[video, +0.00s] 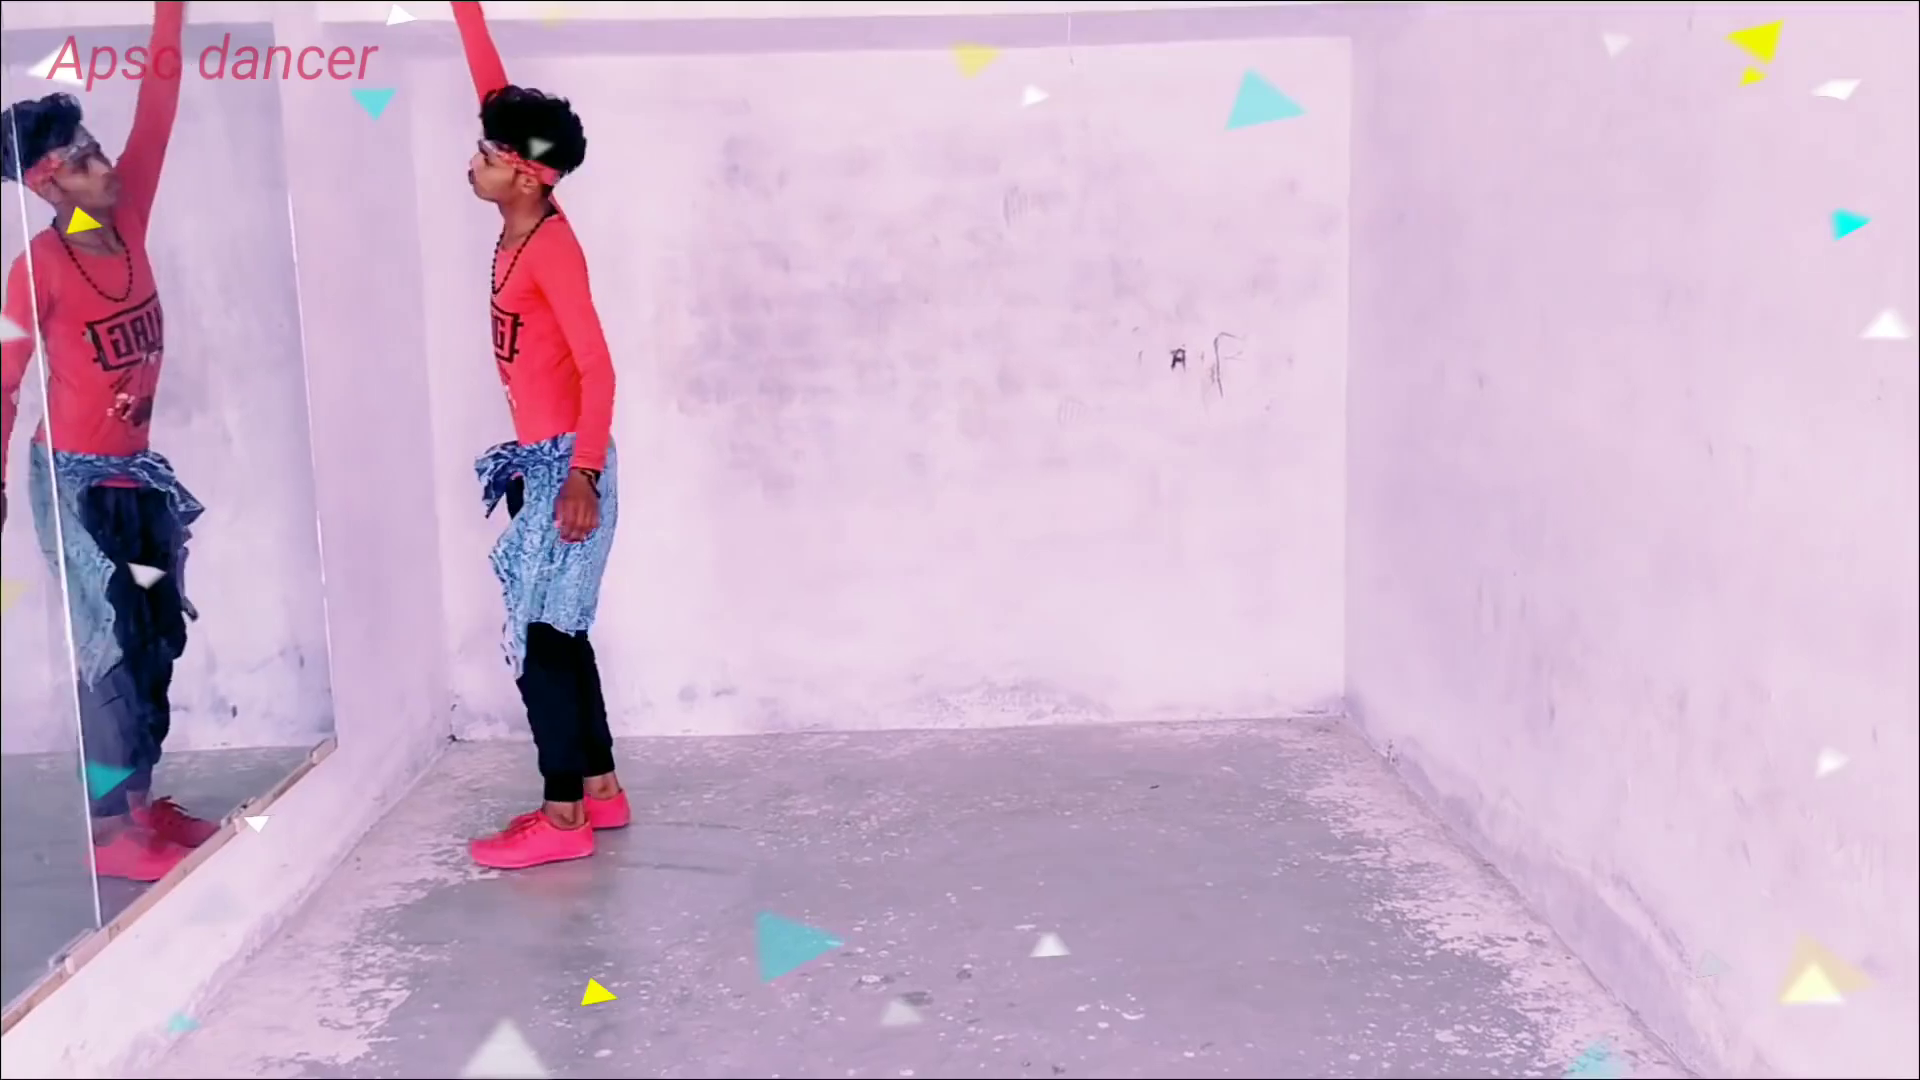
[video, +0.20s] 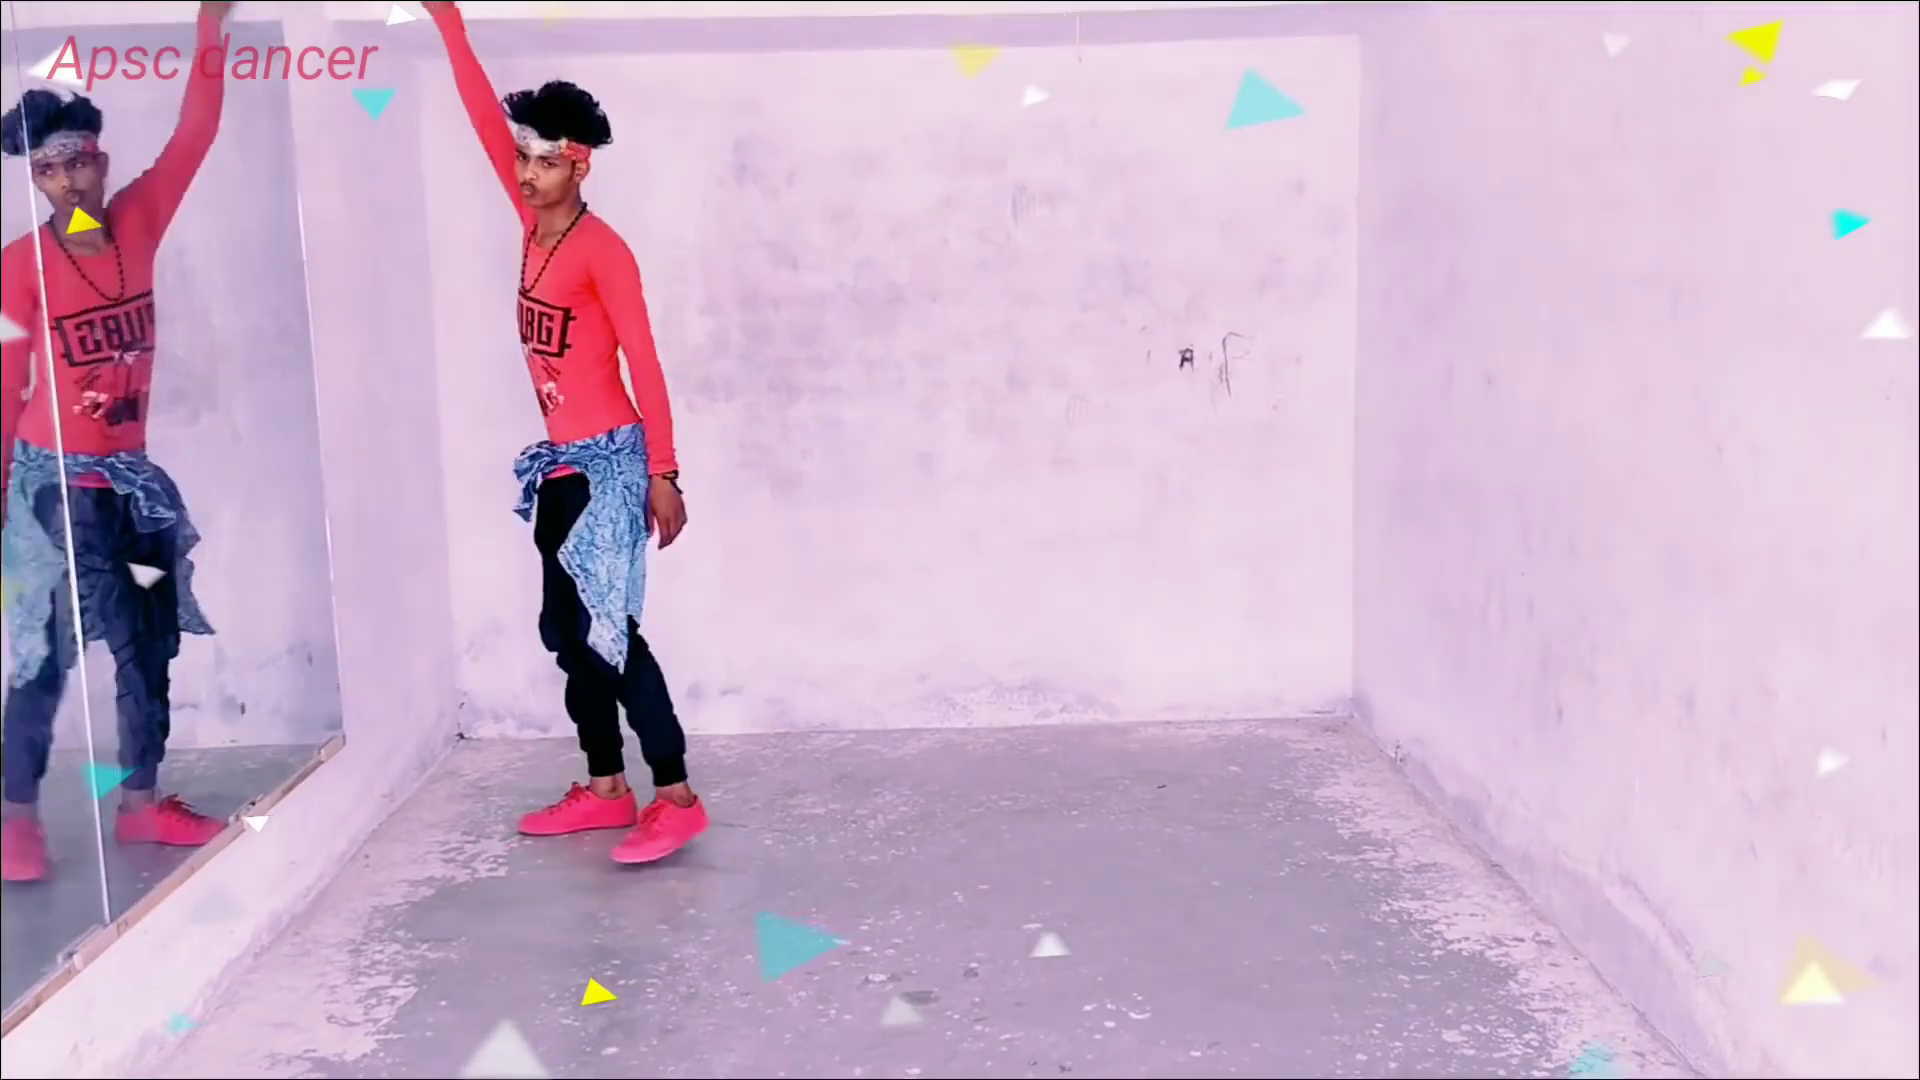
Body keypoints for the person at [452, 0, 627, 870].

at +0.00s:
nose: (474, 162)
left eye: (487, 154)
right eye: (480, 148)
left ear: (526, 173)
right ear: (522, 168)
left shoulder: (552, 251)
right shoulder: (522, 218)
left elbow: (597, 369)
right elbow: (493, 91)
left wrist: (583, 476)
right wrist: (463, 8)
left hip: (561, 468)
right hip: (547, 459)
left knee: (537, 637)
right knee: (556, 630)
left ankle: (563, 818)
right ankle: (598, 787)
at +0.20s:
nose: (529, 174)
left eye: (548, 159)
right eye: (522, 157)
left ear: (584, 167)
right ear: (514, 163)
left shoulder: (602, 251)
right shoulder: (534, 221)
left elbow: (643, 363)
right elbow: (488, 120)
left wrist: (664, 474)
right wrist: (447, 22)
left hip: (609, 465)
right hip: (563, 463)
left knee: (607, 631)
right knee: (566, 629)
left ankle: (676, 797)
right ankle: (606, 787)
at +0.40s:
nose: (588, 177)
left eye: (603, 162)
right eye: (576, 161)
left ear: (632, 166)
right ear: (563, 164)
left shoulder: (658, 249)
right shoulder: (561, 236)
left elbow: (696, 357)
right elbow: (499, 250)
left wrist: (718, 460)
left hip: (667, 466)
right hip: (599, 471)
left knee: (715, 623)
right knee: (578, 632)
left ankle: (802, 780)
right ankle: (607, 786)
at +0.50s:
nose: (627, 190)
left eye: (641, 175)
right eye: (613, 174)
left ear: (663, 180)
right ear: (595, 180)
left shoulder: (693, 262)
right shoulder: (587, 259)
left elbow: (737, 364)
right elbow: (550, 324)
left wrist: (760, 470)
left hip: (702, 486)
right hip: (626, 491)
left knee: (771, 631)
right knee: (572, 637)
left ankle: (858, 782)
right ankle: (607, 788)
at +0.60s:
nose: (666, 206)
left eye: (681, 190)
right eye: (651, 190)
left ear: (702, 194)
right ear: (632, 196)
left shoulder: (737, 279)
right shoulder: (618, 284)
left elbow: (785, 377)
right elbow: (611, 375)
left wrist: (823, 470)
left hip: (738, 507)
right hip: (658, 510)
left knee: (810, 649)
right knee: (581, 651)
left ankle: (894, 808)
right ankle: (608, 789)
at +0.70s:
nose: (710, 225)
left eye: (724, 209)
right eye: (696, 209)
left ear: (740, 214)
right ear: (671, 214)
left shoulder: (780, 295)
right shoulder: (654, 312)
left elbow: (823, 391)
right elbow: (657, 418)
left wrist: (849, 457)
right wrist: (627, 468)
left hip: (789, 518)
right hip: (700, 526)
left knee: (866, 655)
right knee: (625, 669)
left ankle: (918, 822)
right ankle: (616, 798)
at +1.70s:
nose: (878, 226)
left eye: (892, 208)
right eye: (861, 209)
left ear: (910, 210)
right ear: (832, 210)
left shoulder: (944, 301)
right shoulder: (816, 283)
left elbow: (1048, 375)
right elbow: (750, 228)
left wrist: (1151, 452)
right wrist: (796, 177)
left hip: (932, 549)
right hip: (841, 543)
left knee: (967, 714)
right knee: (724, 668)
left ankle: (1000, 863)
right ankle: (720, 830)